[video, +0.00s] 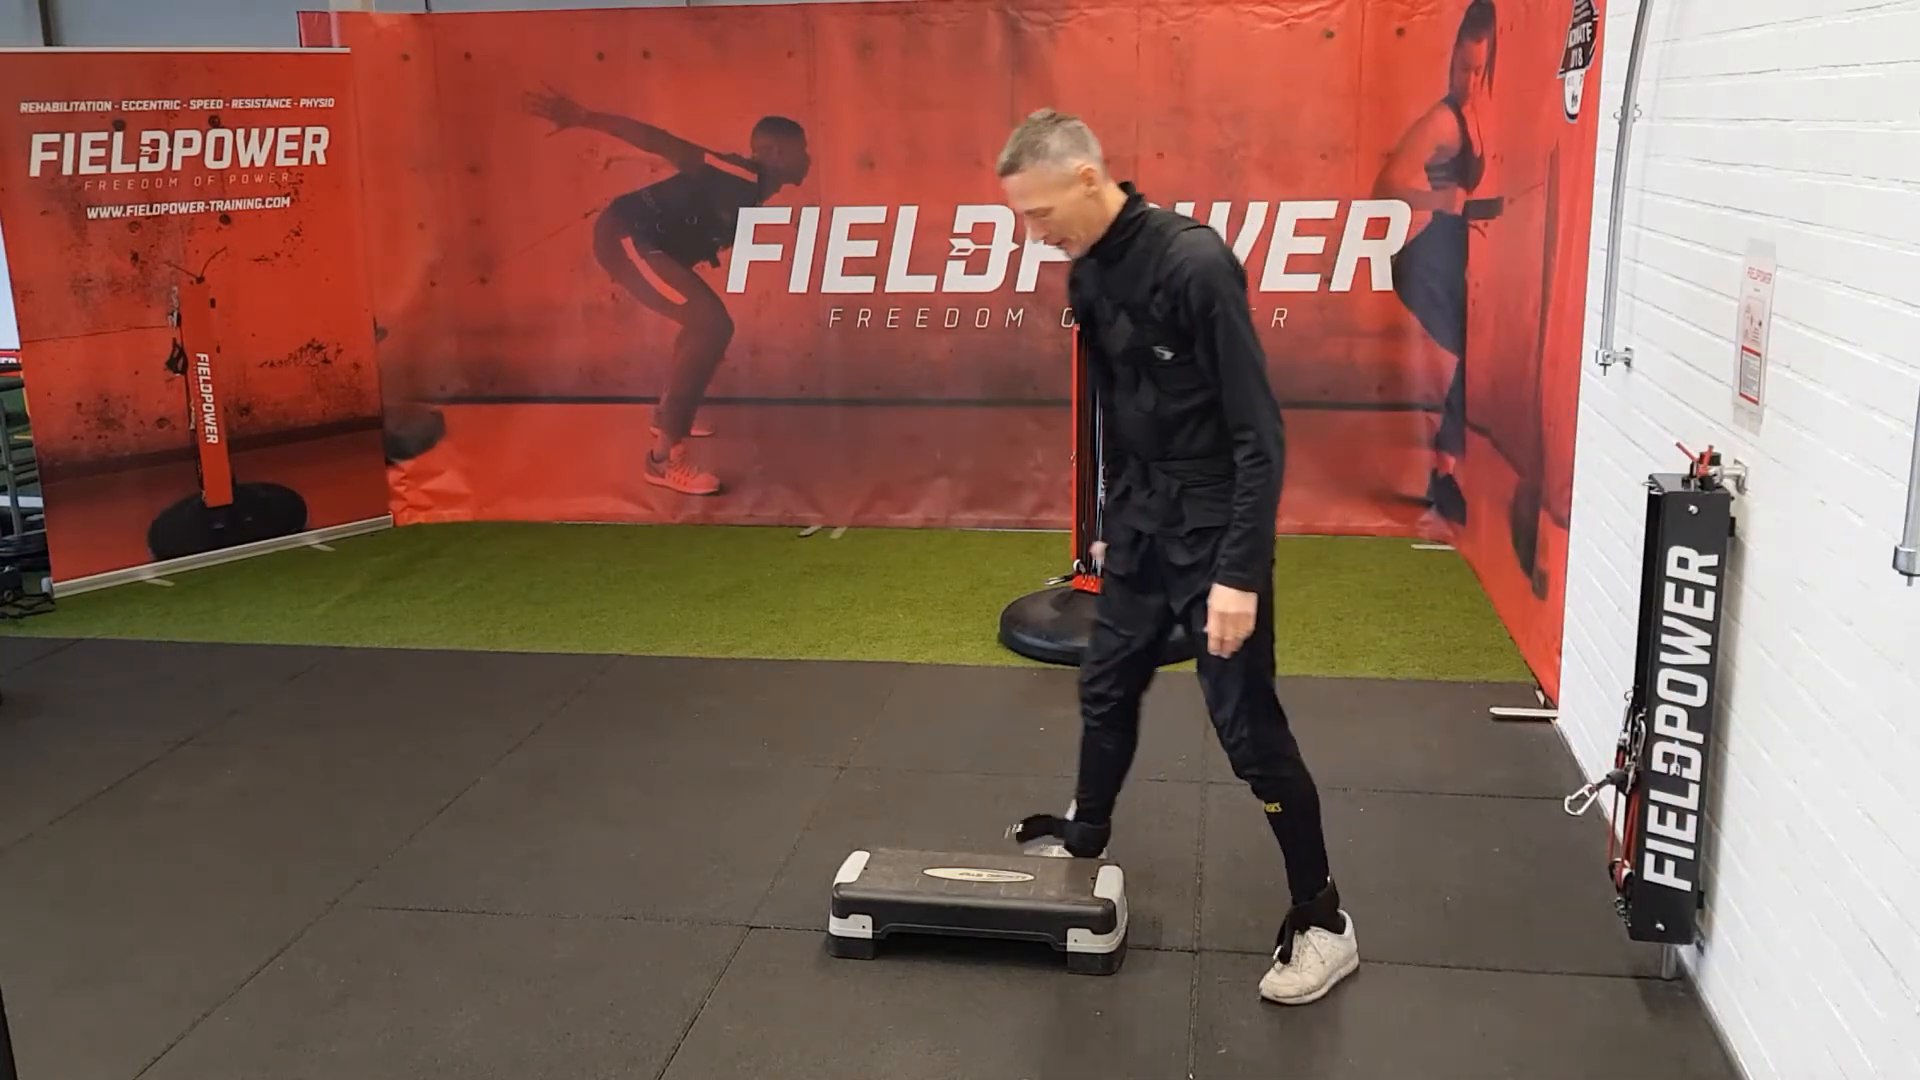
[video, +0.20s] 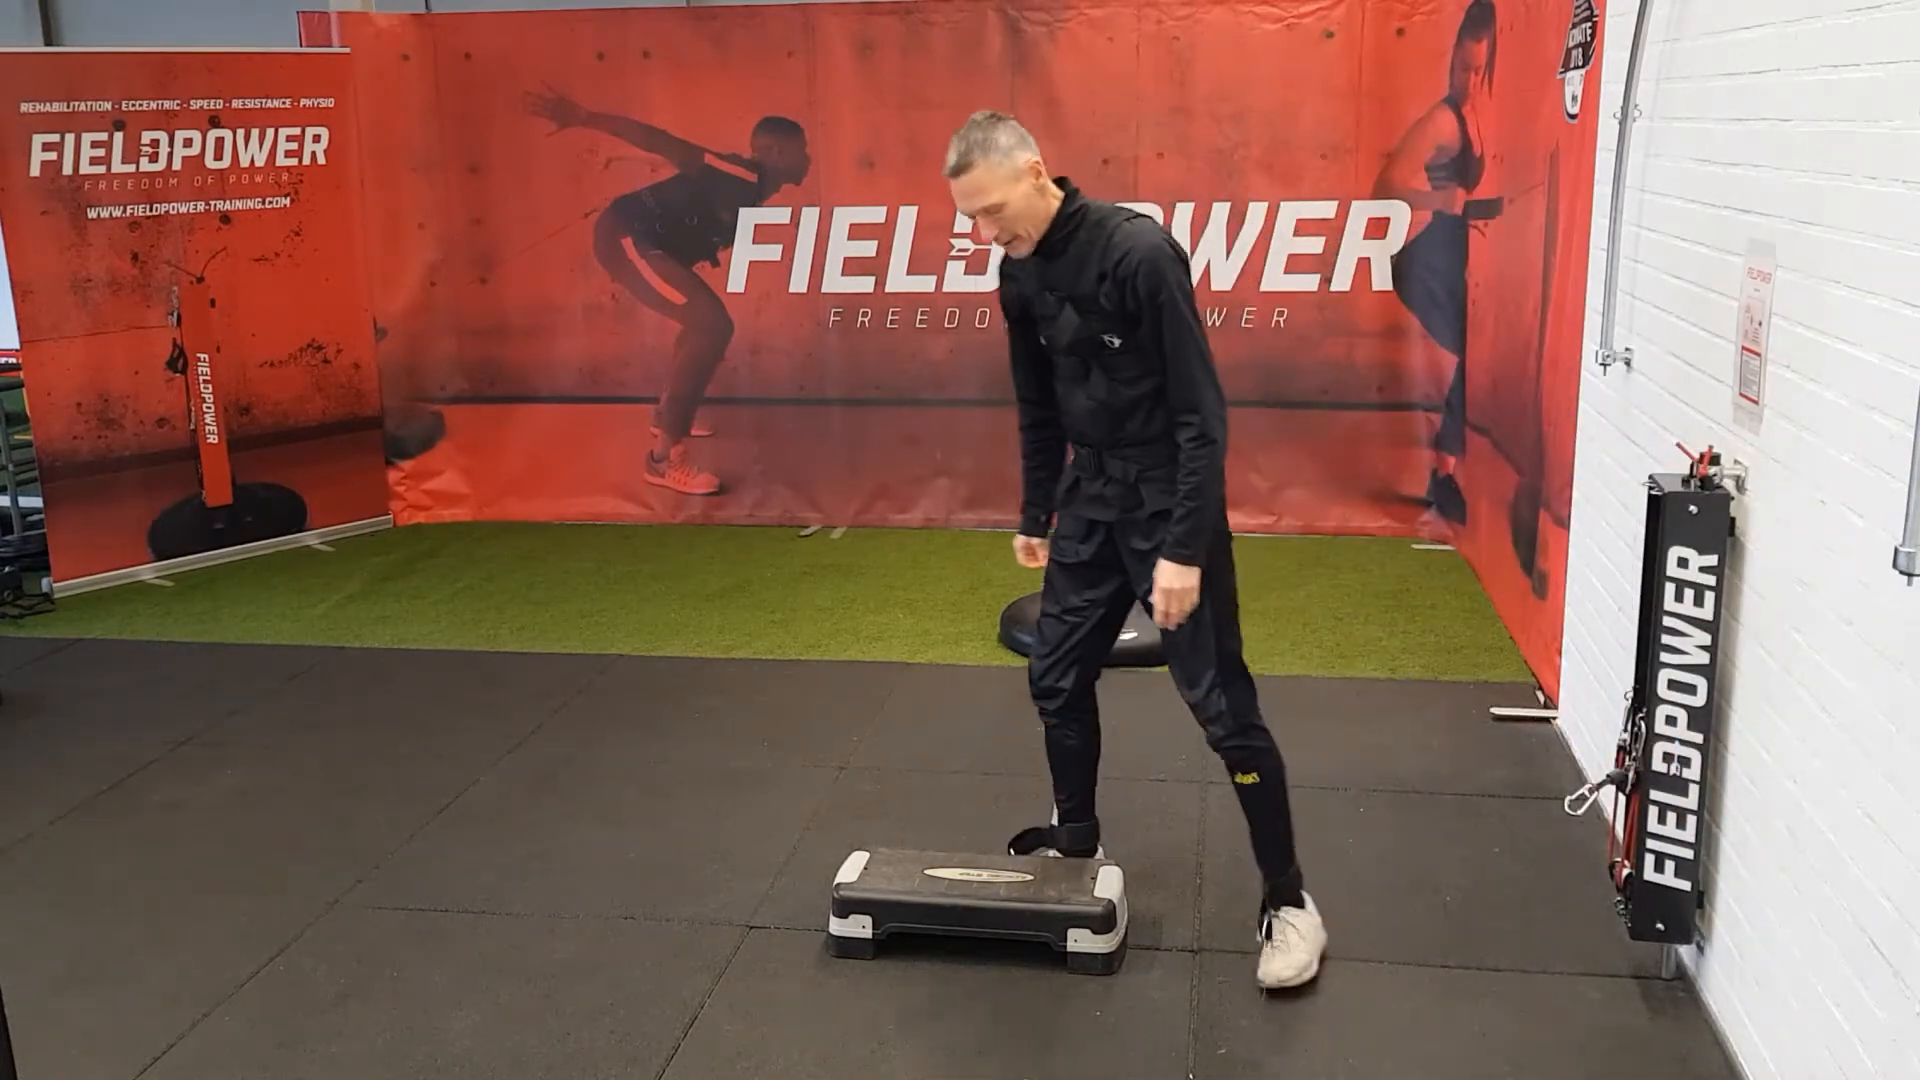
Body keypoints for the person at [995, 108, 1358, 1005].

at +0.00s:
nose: (1035, 232)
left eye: (1040, 212)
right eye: (1026, 218)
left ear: (1093, 180)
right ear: (1068, 194)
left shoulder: (1194, 263)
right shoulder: (1092, 278)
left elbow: (1259, 437)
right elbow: (1113, 423)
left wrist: (1240, 575)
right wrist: (1104, 536)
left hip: (1217, 532)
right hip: (1141, 528)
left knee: (1250, 726)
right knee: (1105, 690)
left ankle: (1319, 914)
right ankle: (1085, 836)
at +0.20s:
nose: (984, 231)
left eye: (992, 210)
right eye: (973, 216)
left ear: (1039, 174)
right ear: (977, 201)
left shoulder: (1139, 251)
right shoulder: (1020, 272)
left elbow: (1200, 413)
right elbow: (1038, 406)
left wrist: (1186, 552)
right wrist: (1036, 512)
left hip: (1172, 501)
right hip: (1089, 502)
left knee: (1221, 703)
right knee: (1057, 674)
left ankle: (1286, 901)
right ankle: (1074, 839)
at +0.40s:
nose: (1003, 207)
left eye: (1012, 182)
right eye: (982, 194)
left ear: (1041, 155)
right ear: (965, 190)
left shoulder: (1128, 239)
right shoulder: (985, 265)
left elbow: (1186, 392)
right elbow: (996, 393)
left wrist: (1152, 522)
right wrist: (995, 505)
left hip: (1156, 486)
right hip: (1069, 487)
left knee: (1183, 692)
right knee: (1050, 677)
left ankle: (1223, 884)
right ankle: (1074, 838)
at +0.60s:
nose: (1034, 195)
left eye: (1043, 173)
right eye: (1013, 182)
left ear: (1064, 148)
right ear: (987, 176)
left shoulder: (1140, 237)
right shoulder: (984, 260)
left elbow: (1195, 384)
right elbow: (981, 392)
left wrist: (1172, 514)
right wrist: (984, 503)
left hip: (1153, 490)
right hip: (1058, 494)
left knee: (1189, 690)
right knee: (1050, 679)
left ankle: (1225, 884)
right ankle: (1075, 841)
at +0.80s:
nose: (1086, 194)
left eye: (1096, 173)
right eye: (1065, 180)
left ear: (1115, 153)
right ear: (1032, 173)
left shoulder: (1179, 246)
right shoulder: (1015, 258)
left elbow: (1234, 394)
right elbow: (995, 392)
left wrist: (1231, 519)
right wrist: (993, 505)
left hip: (1177, 493)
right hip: (1078, 492)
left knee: (1225, 692)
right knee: (1055, 677)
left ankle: (1285, 885)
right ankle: (1075, 837)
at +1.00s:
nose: (1188, 199)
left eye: (1197, 181)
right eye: (1170, 185)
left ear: (1207, 164)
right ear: (1120, 177)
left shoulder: (1250, 256)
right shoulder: (1081, 259)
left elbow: (1304, 399)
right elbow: (1053, 387)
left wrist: (1315, 531)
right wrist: (1044, 502)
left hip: (1227, 508)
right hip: (1119, 505)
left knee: (1263, 709)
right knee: (1077, 680)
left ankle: (1314, 894)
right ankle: (1074, 843)